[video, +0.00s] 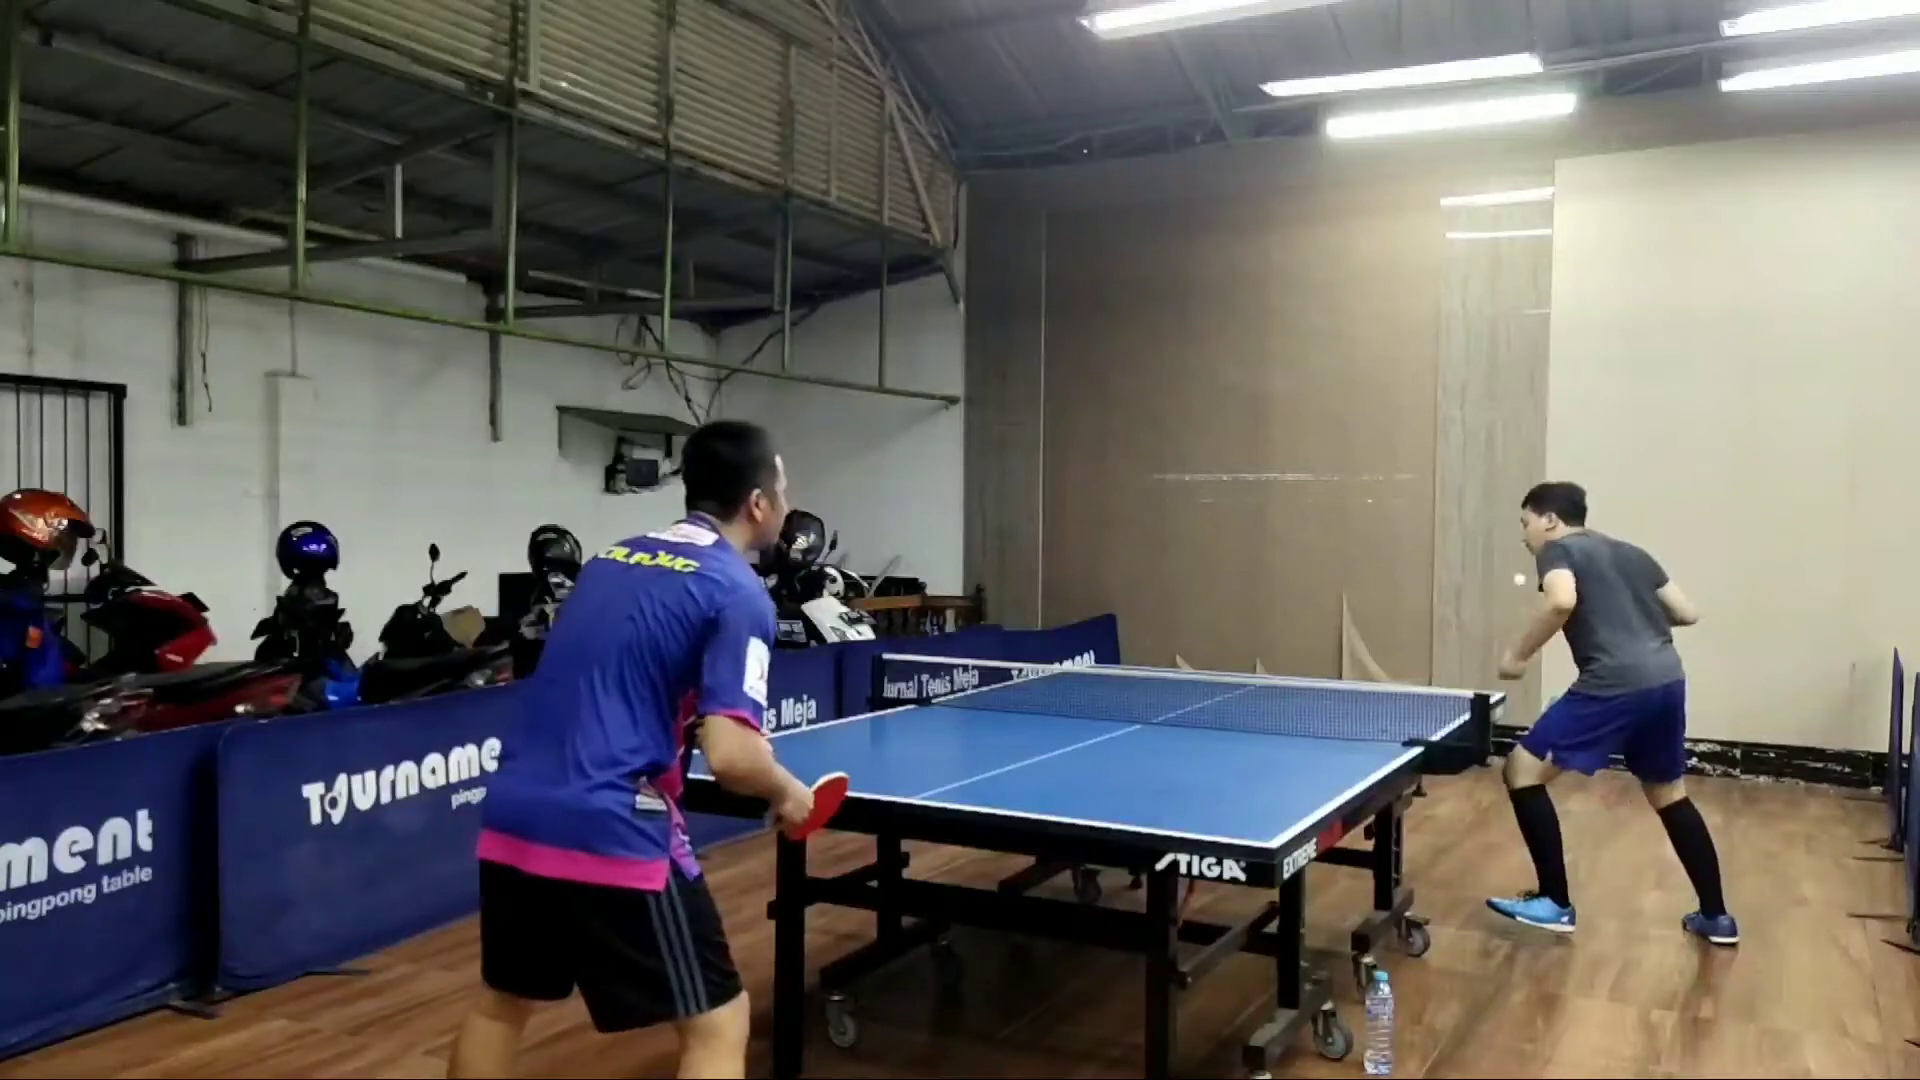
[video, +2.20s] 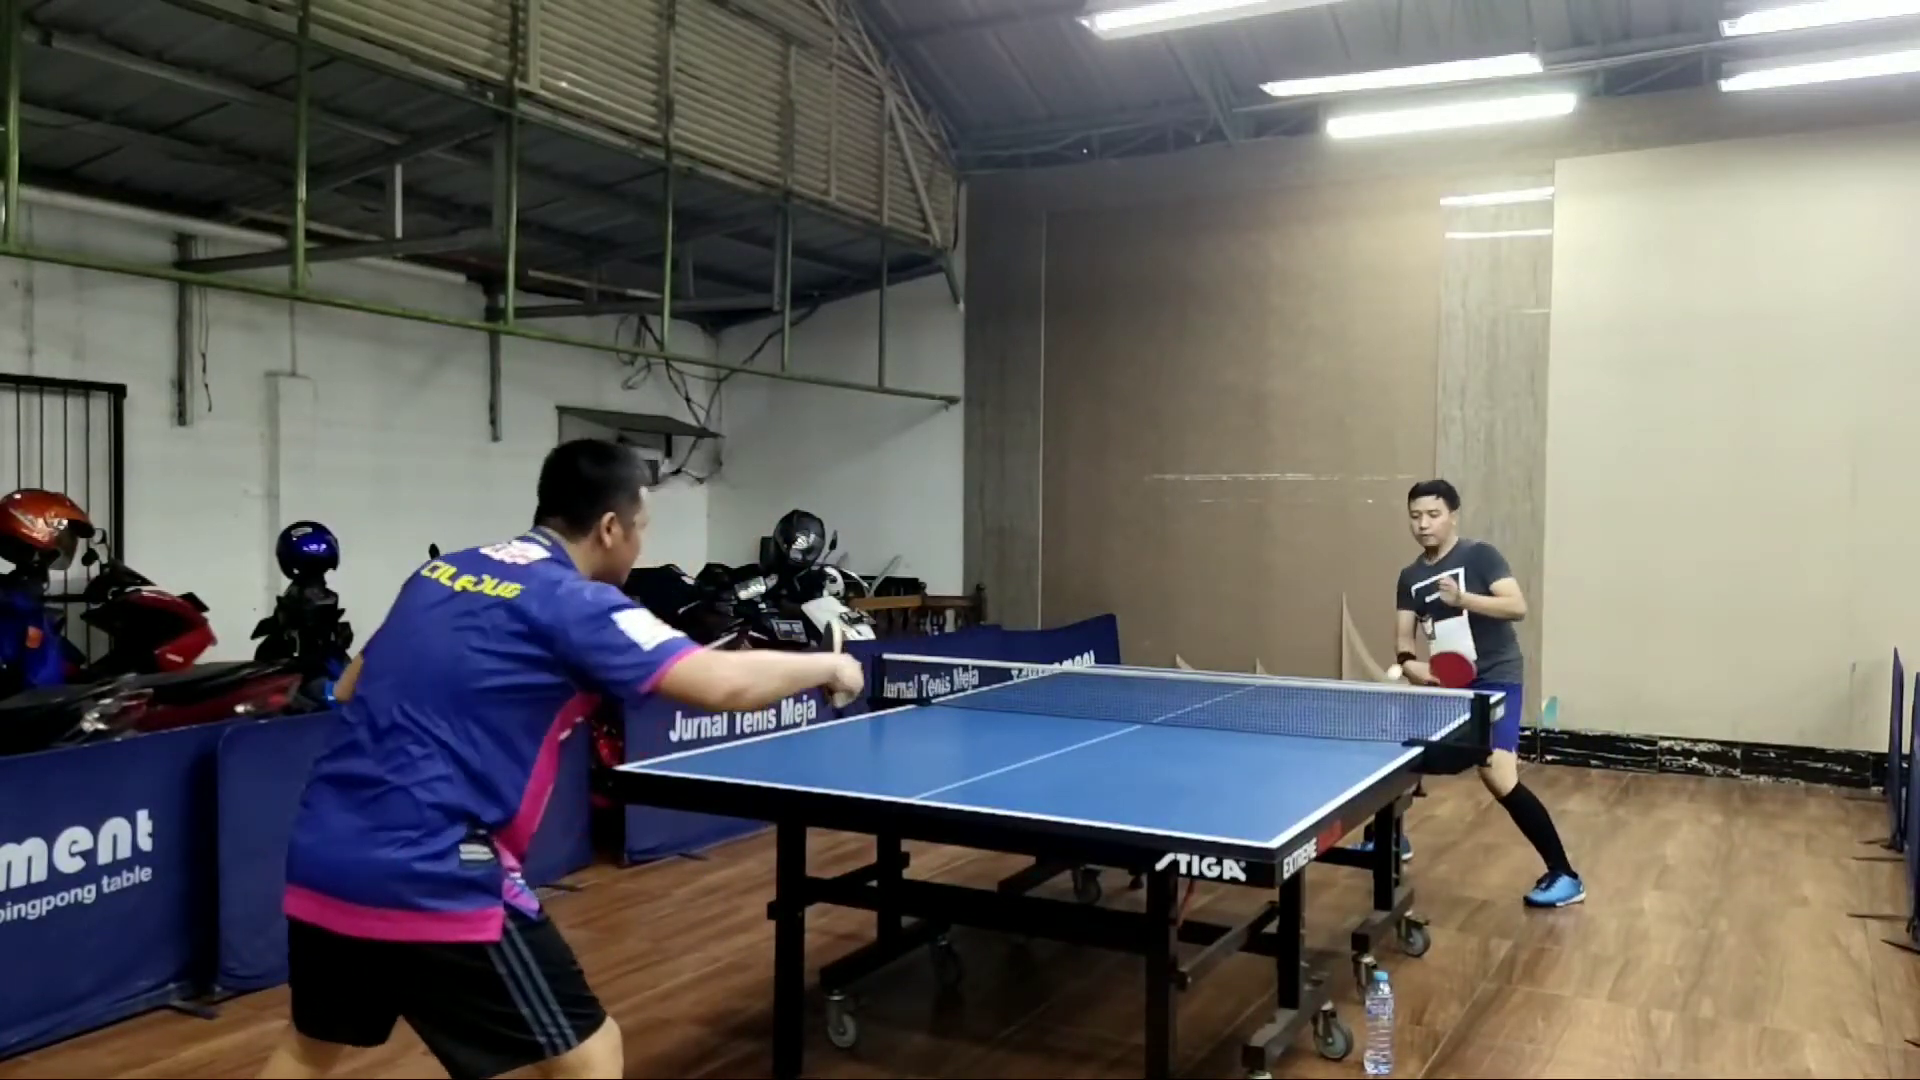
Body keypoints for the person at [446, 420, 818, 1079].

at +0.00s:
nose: (785, 510)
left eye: (785, 495)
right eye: (782, 495)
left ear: (695, 492)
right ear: (758, 503)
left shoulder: (614, 557)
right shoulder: (736, 590)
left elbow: (594, 689)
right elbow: (732, 755)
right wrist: (785, 790)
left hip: (509, 820)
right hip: (614, 831)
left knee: (500, 1004)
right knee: (716, 1017)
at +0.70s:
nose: (726, 596)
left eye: (729, 583)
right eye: (727, 581)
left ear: (643, 558)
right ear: (710, 576)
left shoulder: (547, 590)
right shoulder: (713, 632)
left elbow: (475, 728)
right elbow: (802, 761)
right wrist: (750, 758)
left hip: (478, 849)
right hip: (593, 856)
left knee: (504, 994)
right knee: (719, 1016)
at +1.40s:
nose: (699, 526)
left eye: (701, 509)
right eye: (699, 508)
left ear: (607, 498)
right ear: (674, 512)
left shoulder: (502, 558)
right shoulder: (662, 596)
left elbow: (408, 691)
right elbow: (747, 753)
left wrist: (502, 744)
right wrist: (807, 780)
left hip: (403, 833)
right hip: (516, 850)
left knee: (423, 1004)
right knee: (610, 1045)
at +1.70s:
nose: (676, 582)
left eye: (679, 567)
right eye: (678, 566)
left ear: (592, 538)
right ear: (653, 559)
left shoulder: (484, 585)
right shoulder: (626, 641)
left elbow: (451, 718)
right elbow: (717, 789)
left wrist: (556, 766)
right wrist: (761, 768)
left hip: (353, 869)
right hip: (468, 888)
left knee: (365, 1032)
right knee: (619, 1051)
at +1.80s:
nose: (690, 597)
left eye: (694, 582)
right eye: (692, 582)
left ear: (605, 551)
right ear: (666, 576)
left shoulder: (494, 588)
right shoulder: (650, 648)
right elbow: (804, 749)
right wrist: (850, 729)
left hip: (354, 873)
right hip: (470, 896)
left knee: (361, 1036)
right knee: (631, 1054)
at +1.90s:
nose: (697, 584)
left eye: (697, 570)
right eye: (697, 569)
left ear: (603, 540)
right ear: (672, 560)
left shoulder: (492, 579)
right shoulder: (660, 630)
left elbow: (396, 690)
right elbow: (837, 693)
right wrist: (900, 687)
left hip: (357, 872)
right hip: (482, 894)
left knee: (349, 1042)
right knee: (630, 1056)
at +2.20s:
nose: (642, 545)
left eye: (643, 526)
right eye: (640, 526)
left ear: (544, 511)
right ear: (607, 526)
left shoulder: (437, 573)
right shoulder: (576, 599)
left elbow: (355, 687)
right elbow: (716, 684)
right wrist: (828, 665)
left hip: (323, 867)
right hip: (438, 880)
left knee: (313, 1047)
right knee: (587, 1053)